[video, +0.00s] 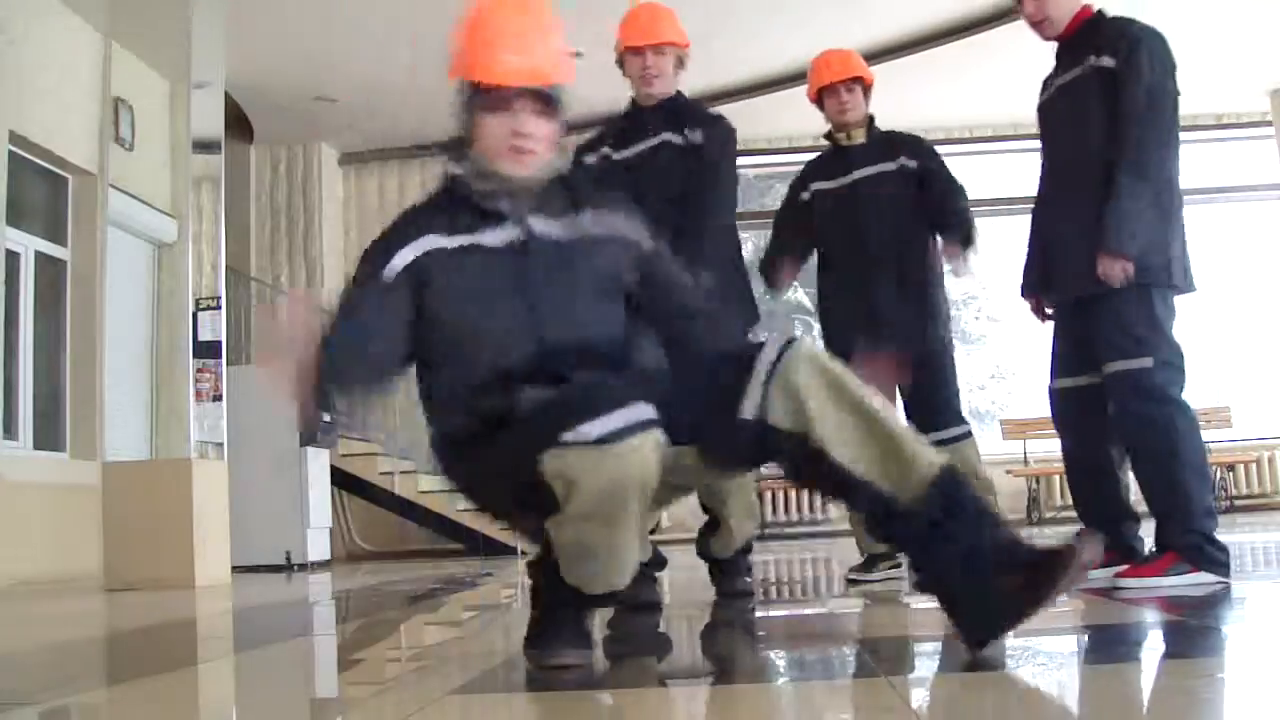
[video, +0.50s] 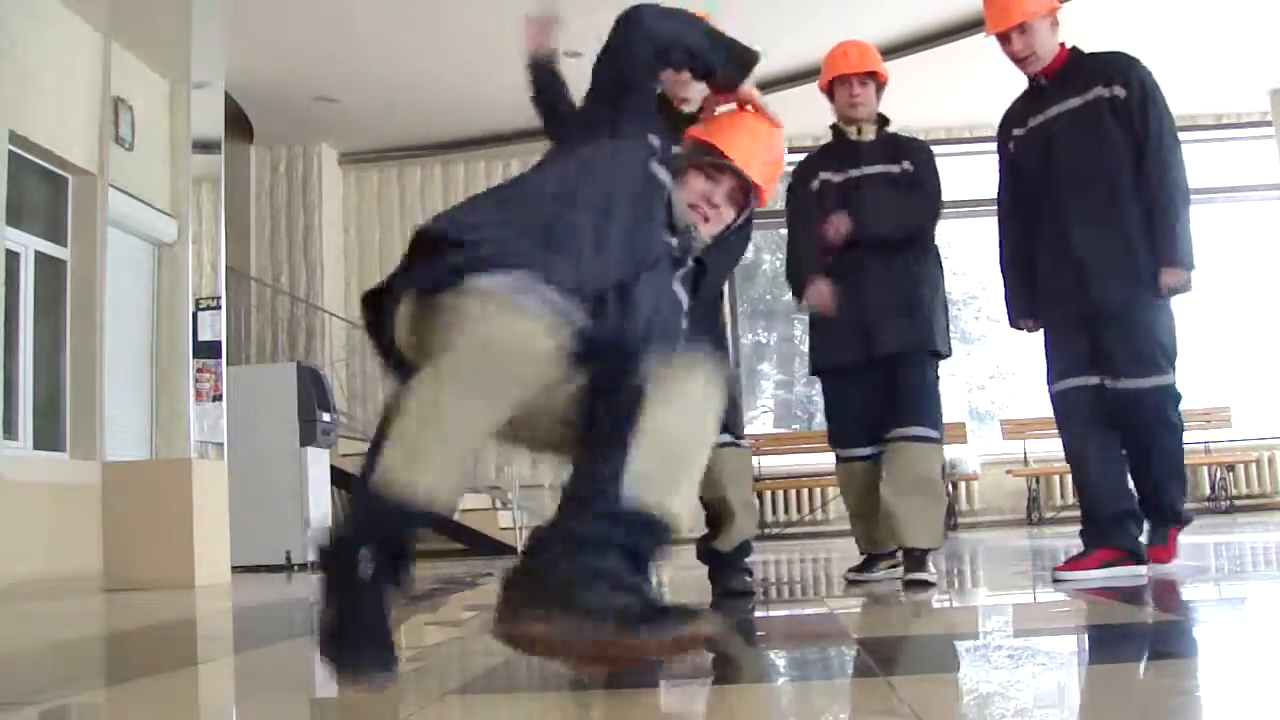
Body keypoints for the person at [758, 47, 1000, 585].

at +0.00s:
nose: (844, 99)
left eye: (851, 88)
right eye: (832, 93)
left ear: (867, 92)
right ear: (818, 104)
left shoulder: (910, 151)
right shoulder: (813, 177)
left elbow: (951, 206)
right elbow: (787, 243)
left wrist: (955, 236)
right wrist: (778, 270)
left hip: (918, 319)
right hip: (850, 328)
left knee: (942, 428)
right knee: (861, 440)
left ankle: (983, 541)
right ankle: (879, 552)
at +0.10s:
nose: (838, 101)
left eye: (846, 91)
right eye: (826, 96)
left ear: (861, 94)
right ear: (814, 107)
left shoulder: (898, 146)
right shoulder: (809, 175)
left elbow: (939, 173)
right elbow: (775, 237)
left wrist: (921, 190)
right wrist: (785, 221)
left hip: (914, 318)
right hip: (847, 329)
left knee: (941, 428)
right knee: (861, 444)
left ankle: (976, 533)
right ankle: (871, 558)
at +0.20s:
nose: (837, 102)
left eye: (845, 92)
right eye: (825, 95)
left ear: (860, 95)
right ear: (812, 105)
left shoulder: (896, 145)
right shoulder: (809, 171)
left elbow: (929, 178)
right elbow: (784, 226)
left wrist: (878, 182)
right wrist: (790, 194)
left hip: (912, 315)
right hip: (844, 328)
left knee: (937, 426)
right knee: (859, 443)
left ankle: (965, 535)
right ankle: (881, 551)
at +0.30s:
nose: (839, 99)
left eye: (847, 89)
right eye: (828, 92)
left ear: (863, 92)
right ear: (813, 100)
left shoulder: (897, 143)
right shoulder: (810, 164)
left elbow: (918, 181)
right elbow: (784, 214)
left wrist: (847, 193)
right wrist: (803, 194)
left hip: (911, 311)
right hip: (843, 321)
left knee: (930, 423)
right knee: (862, 438)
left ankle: (944, 539)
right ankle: (882, 550)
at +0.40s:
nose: (845, 99)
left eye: (854, 88)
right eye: (833, 91)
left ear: (870, 94)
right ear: (819, 100)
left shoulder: (903, 150)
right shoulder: (810, 167)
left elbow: (913, 199)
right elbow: (790, 216)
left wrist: (837, 204)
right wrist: (811, 218)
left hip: (910, 312)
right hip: (843, 320)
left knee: (919, 427)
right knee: (860, 437)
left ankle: (919, 546)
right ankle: (880, 551)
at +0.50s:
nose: (855, 94)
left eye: (865, 83)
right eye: (844, 86)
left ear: (880, 90)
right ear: (829, 95)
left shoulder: (911, 151)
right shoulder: (811, 170)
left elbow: (922, 215)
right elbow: (799, 238)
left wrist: (853, 218)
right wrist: (809, 278)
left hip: (908, 317)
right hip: (840, 323)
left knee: (914, 432)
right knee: (855, 439)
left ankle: (916, 549)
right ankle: (877, 549)